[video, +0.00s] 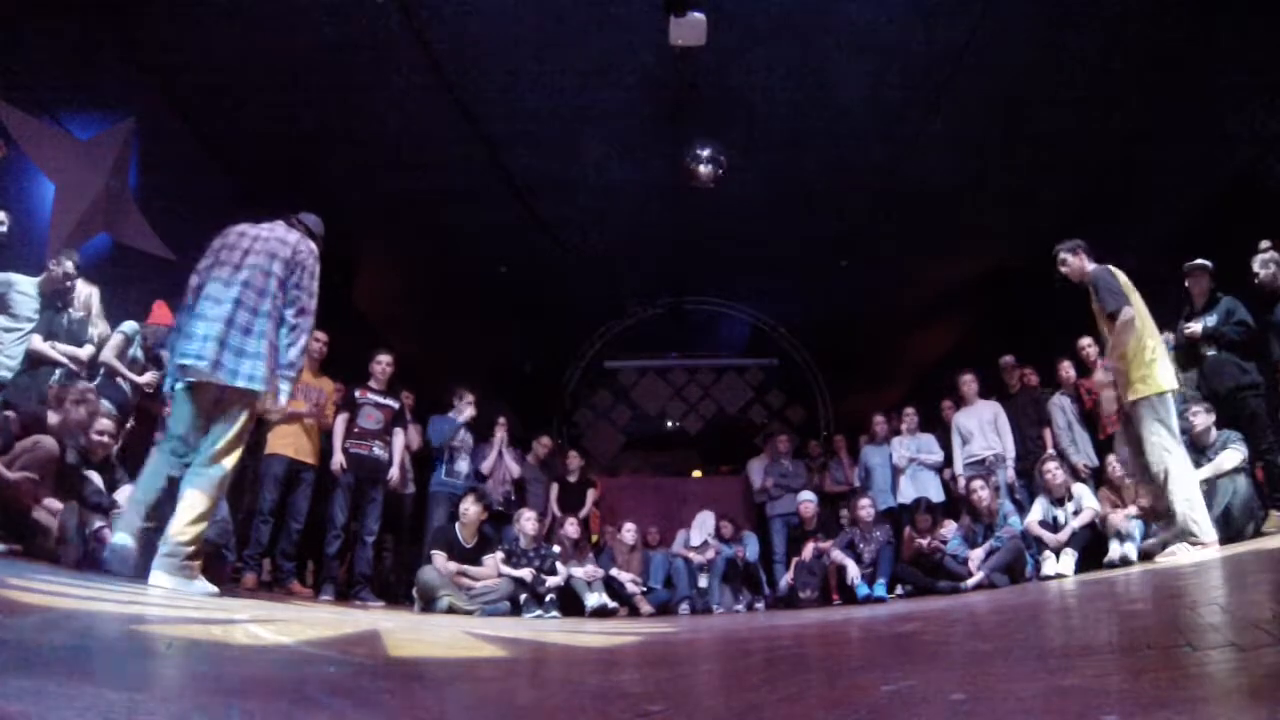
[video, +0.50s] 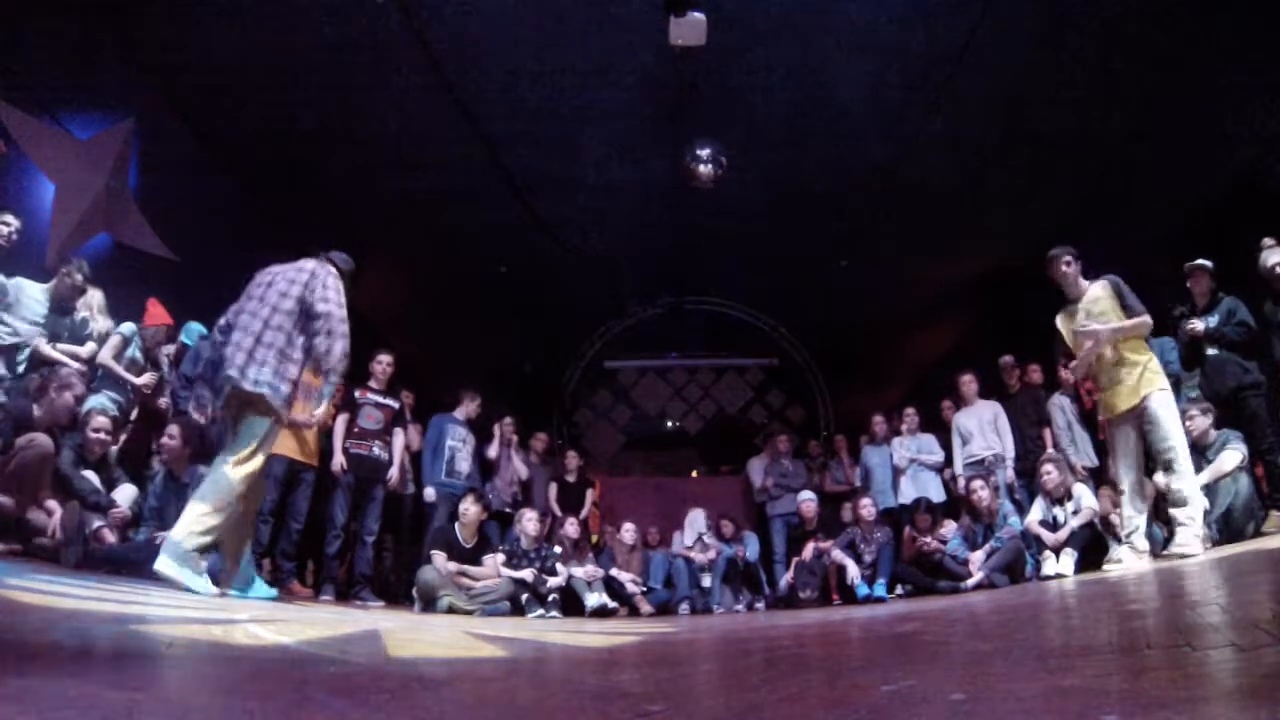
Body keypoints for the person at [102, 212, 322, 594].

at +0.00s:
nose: (311, 251)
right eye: (313, 246)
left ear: (288, 220)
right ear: (310, 236)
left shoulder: (233, 231)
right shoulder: (304, 249)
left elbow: (193, 290)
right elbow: (298, 319)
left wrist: (182, 353)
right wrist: (283, 386)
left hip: (197, 349)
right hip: (249, 363)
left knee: (171, 447)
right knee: (211, 465)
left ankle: (125, 532)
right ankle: (174, 564)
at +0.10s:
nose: (318, 257)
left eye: (320, 251)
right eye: (320, 252)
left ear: (295, 225)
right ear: (318, 242)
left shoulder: (241, 237)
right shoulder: (311, 253)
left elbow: (202, 293)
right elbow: (311, 321)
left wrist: (189, 351)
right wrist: (298, 380)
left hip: (204, 350)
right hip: (254, 361)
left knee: (185, 451)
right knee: (215, 462)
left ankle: (153, 550)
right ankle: (175, 561)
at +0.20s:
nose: (325, 264)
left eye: (327, 258)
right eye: (326, 259)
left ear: (301, 232)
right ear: (322, 249)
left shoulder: (247, 245)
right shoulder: (314, 259)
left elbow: (208, 297)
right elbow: (317, 329)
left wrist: (198, 350)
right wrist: (308, 394)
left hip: (210, 352)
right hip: (260, 363)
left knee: (197, 456)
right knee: (221, 464)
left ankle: (186, 564)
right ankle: (172, 562)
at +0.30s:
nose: (329, 273)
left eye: (331, 269)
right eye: (330, 268)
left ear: (304, 241)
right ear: (325, 256)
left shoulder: (253, 255)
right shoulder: (316, 264)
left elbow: (215, 306)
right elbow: (320, 328)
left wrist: (212, 351)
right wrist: (315, 392)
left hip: (211, 357)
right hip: (261, 366)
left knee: (207, 465)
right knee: (224, 468)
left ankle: (222, 566)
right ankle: (174, 563)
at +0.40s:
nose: (333, 279)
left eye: (334, 275)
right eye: (334, 274)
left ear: (308, 249)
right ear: (328, 263)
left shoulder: (261, 264)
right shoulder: (319, 268)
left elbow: (220, 314)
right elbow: (325, 326)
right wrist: (322, 395)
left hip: (222, 358)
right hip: (263, 364)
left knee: (225, 469)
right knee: (227, 469)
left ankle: (233, 570)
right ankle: (175, 561)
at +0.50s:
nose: (338, 285)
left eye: (340, 280)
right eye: (340, 280)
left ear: (317, 257)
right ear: (335, 270)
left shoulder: (269, 272)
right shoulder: (325, 275)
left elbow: (225, 325)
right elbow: (334, 337)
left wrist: (210, 379)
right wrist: (328, 389)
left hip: (237, 367)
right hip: (271, 373)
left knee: (246, 477)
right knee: (235, 468)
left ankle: (238, 572)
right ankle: (179, 553)